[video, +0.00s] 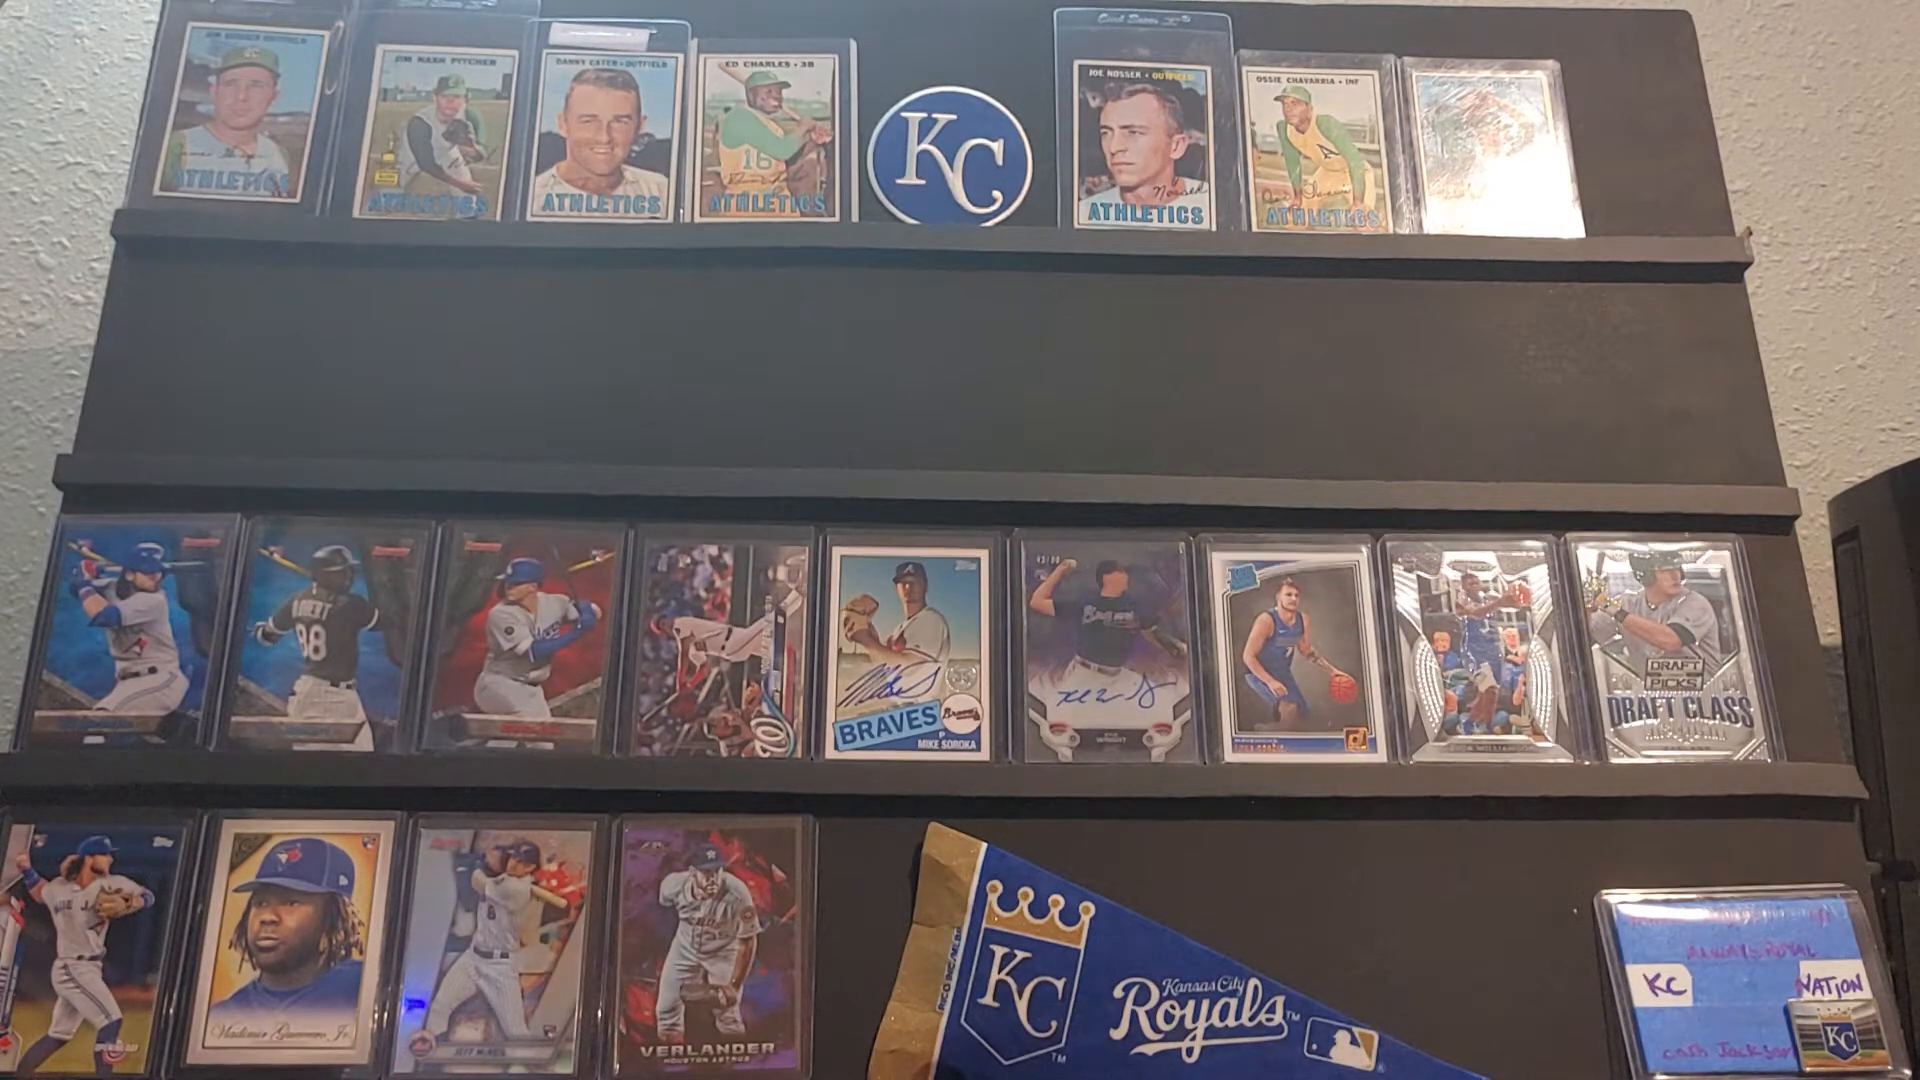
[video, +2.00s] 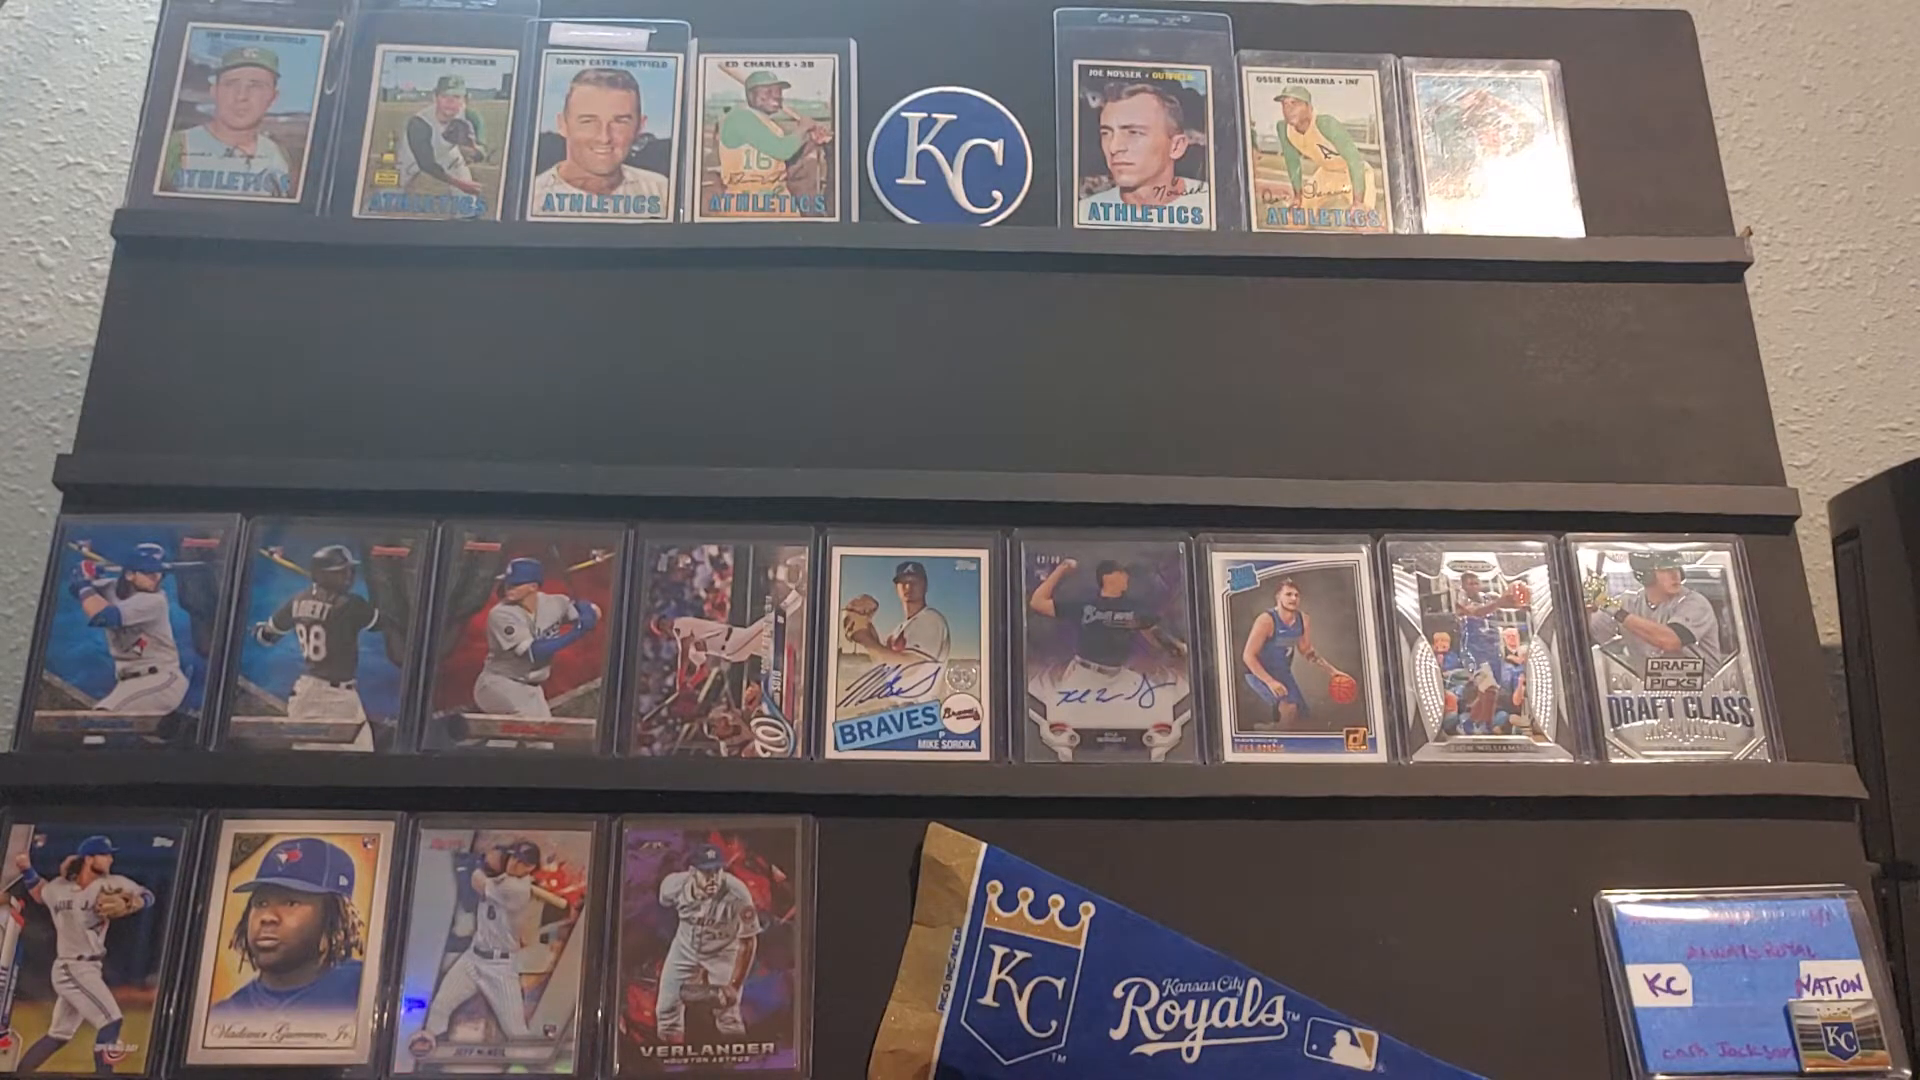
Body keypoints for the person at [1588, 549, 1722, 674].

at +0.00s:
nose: (1676, 576)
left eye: (1677, 568)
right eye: (1666, 570)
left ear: (1682, 571)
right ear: (1644, 575)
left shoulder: (1696, 604)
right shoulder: (1628, 604)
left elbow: (1672, 641)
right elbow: (1585, 637)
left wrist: (1620, 614)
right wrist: (1584, 610)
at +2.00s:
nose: (1677, 575)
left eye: (1678, 568)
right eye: (1667, 569)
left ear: (1682, 571)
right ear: (1645, 574)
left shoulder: (1696, 604)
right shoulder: (1628, 603)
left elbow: (1671, 641)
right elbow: (1585, 636)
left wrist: (1620, 614)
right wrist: (1584, 610)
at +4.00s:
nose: (1676, 575)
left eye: (1677, 568)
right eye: (1666, 569)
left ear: (1682, 571)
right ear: (1644, 574)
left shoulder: (1696, 604)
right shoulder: (1629, 604)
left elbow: (1671, 641)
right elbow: (1586, 637)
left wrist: (1619, 613)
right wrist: (1585, 609)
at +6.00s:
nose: (1676, 575)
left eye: (1676, 568)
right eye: (1665, 570)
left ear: (1681, 571)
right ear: (1644, 575)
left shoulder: (1696, 604)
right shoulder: (1627, 604)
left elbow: (1671, 641)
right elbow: (1585, 638)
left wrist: (1619, 613)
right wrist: (1586, 608)